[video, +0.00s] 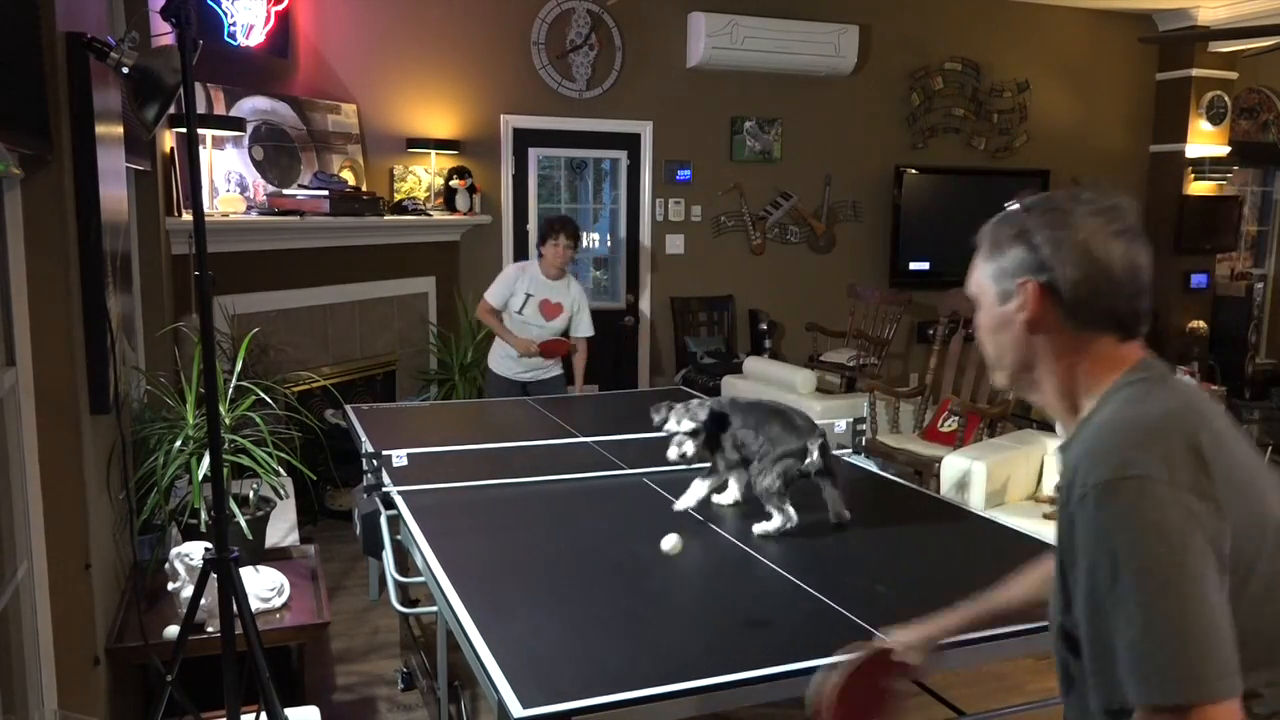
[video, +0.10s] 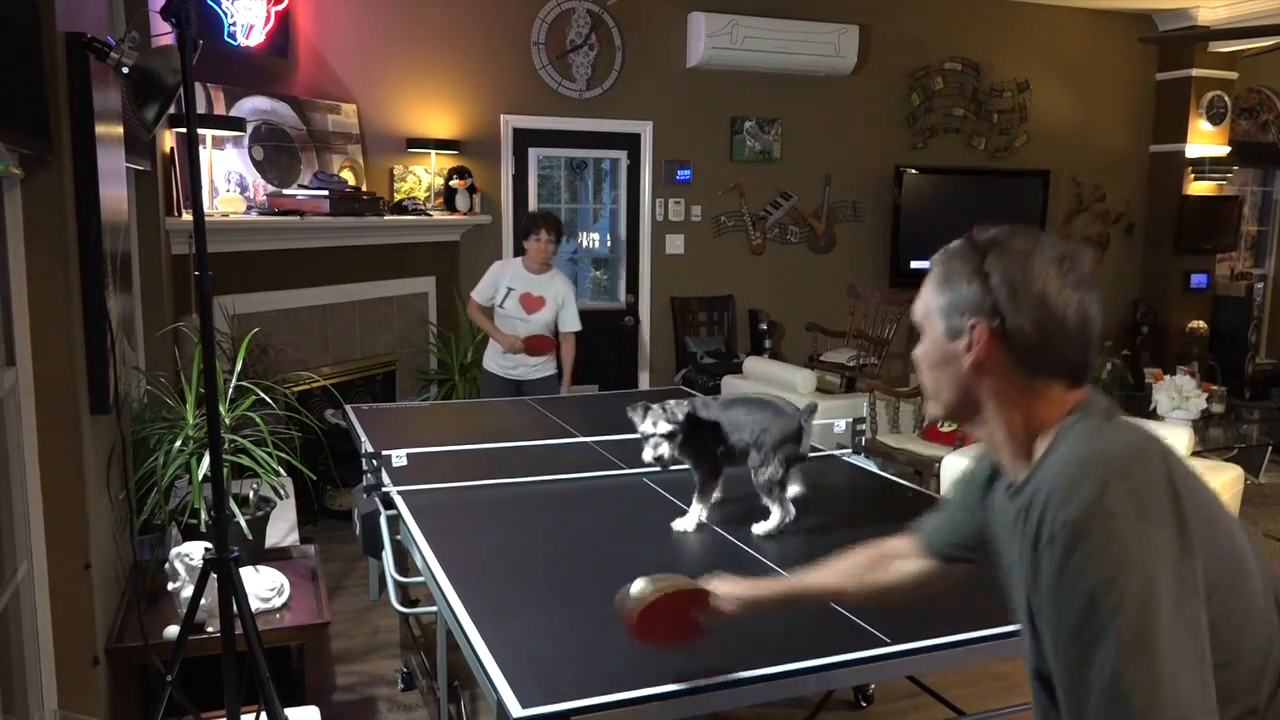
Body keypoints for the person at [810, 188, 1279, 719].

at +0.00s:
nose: (976, 330)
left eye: (979, 305)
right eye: (973, 308)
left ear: (1027, 303)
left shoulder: (1128, 462)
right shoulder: (1161, 406)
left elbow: (1203, 708)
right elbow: (1086, 561)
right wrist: (931, 631)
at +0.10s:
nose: (913, 356)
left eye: (921, 334)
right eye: (915, 334)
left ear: (977, 343)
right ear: (975, 346)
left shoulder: (1099, 486)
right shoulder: (1007, 463)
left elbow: (1165, 705)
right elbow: (906, 557)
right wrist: (746, 594)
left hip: (1236, 705)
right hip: (1086, 700)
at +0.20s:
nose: (854, 394)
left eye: (863, 371)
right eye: (858, 371)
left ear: (926, 386)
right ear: (922, 387)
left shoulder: (1066, 534)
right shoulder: (925, 502)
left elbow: (1158, 713)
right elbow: (793, 543)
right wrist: (663, 542)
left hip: (1242, 703)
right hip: (1076, 702)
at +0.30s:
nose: (825, 417)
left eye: (831, 397)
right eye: (826, 398)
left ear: (887, 408)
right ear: (898, 407)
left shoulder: (1047, 558)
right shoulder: (921, 510)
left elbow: (1143, 715)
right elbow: (797, 570)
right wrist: (647, 557)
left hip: (1240, 703)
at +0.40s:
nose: (827, 395)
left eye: (831, 373)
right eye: (826, 374)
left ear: (886, 387)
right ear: (896, 387)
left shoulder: (1039, 542)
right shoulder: (941, 488)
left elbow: (1153, 715)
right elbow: (856, 609)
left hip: (1242, 701)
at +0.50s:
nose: (849, 357)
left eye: (854, 332)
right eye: (850, 334)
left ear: (908, 347)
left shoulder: (1054, 510)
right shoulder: (971, 452)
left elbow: (1179, 712)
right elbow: (953, 624)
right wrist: (844, 709)